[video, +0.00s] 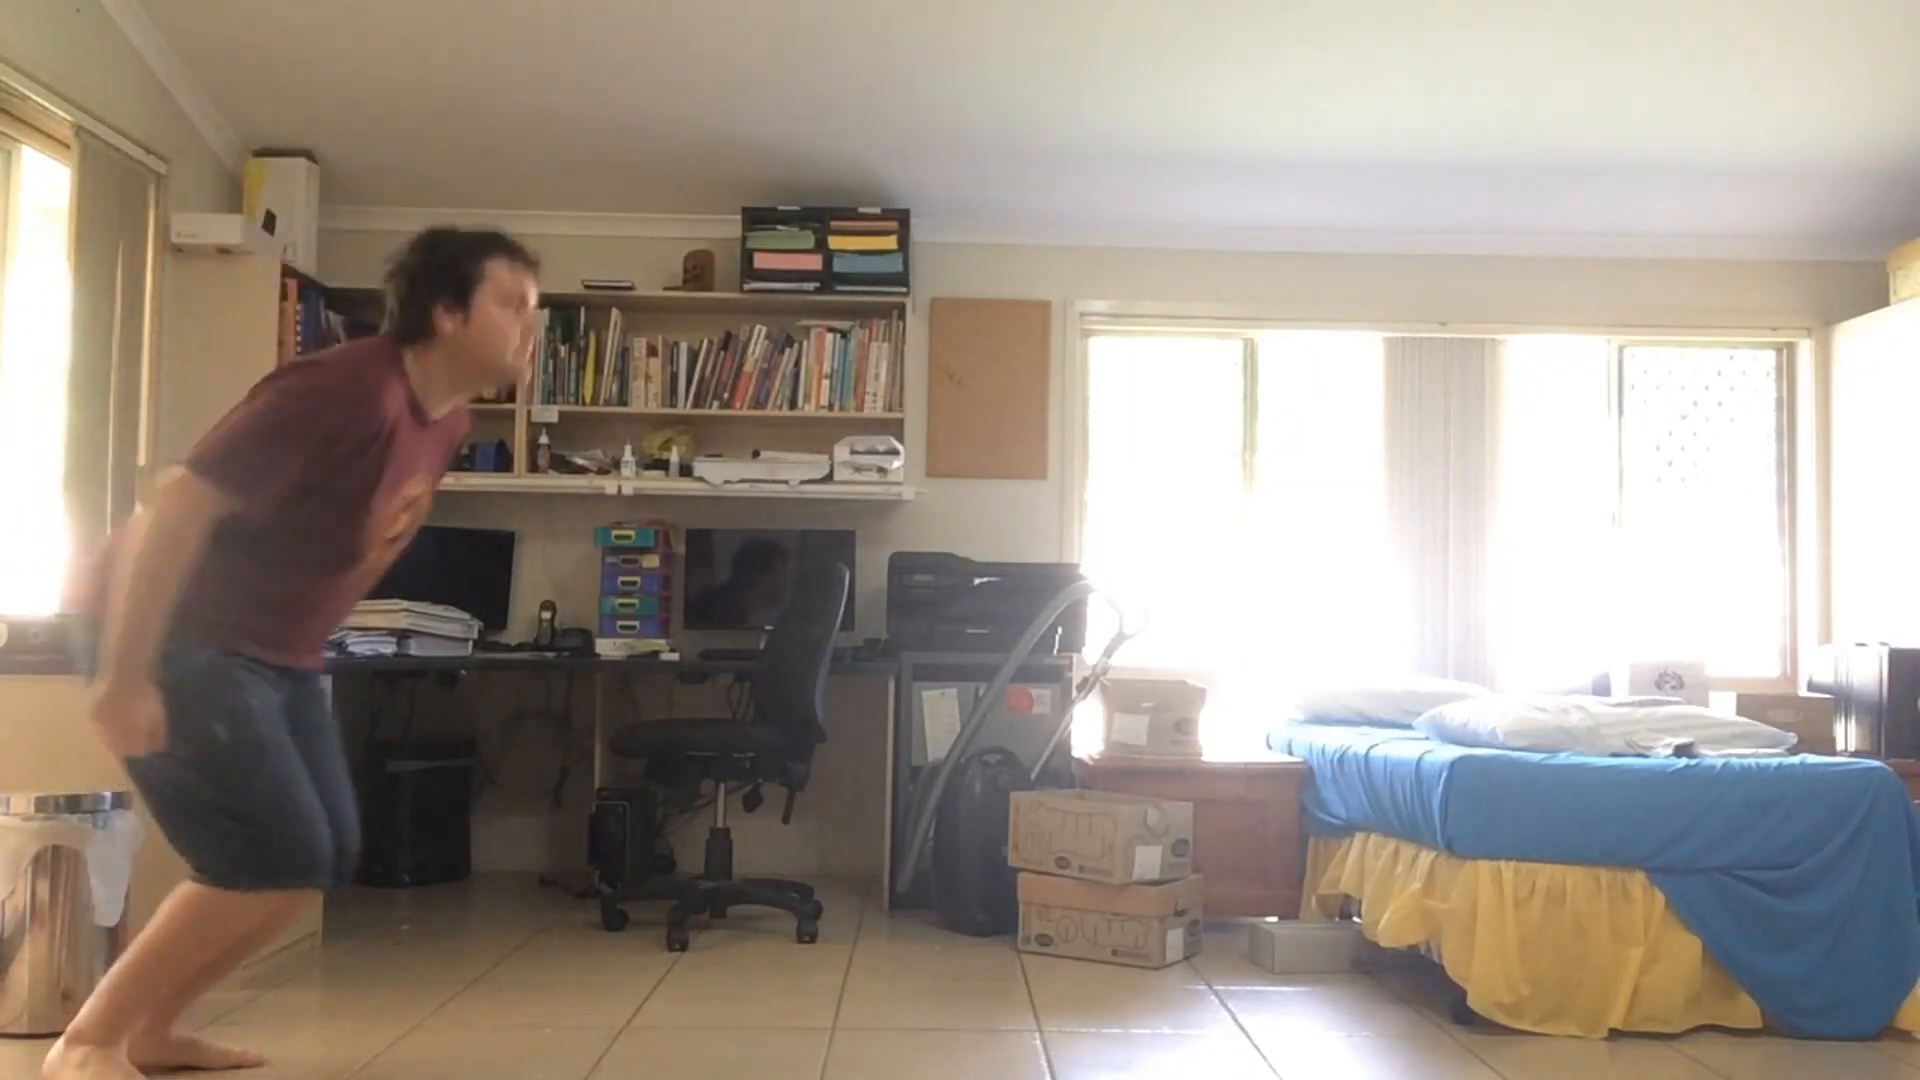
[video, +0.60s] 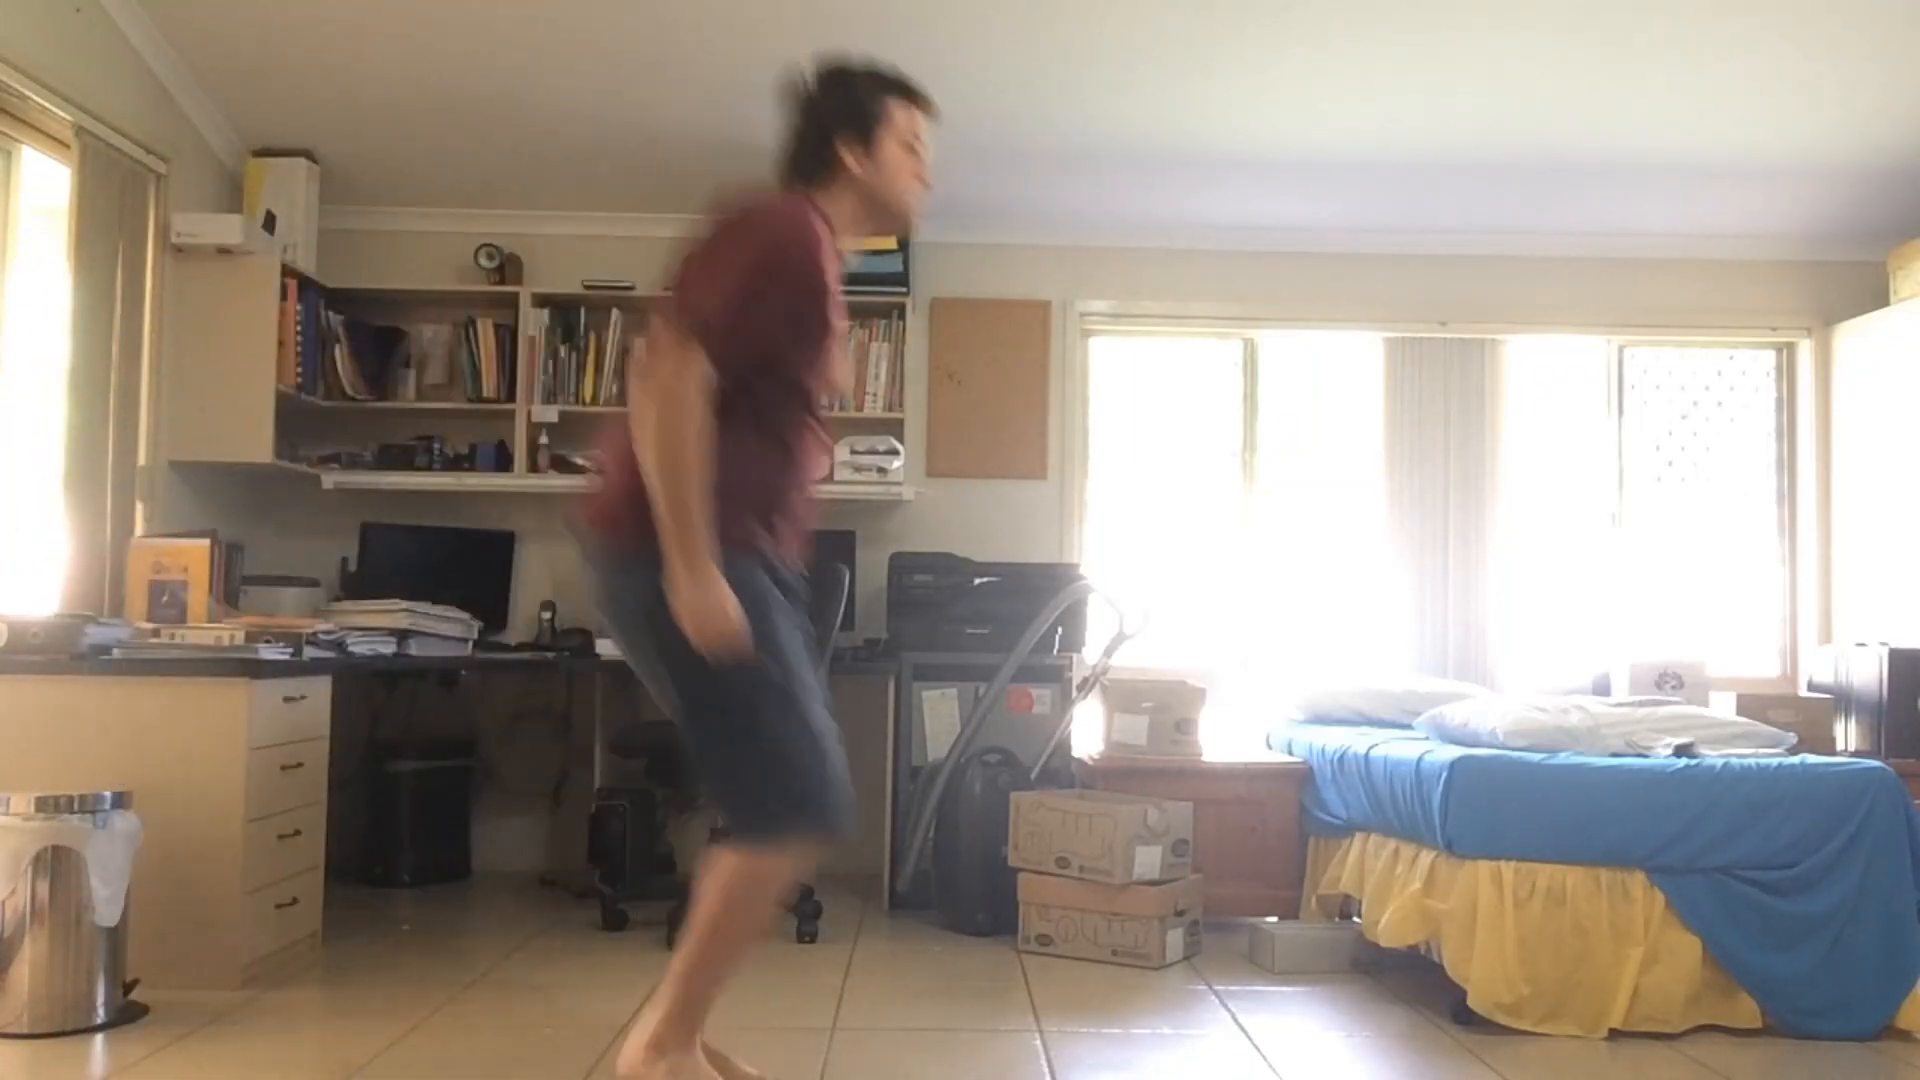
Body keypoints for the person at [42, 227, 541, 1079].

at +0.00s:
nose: (533, 327)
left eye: (534, 309)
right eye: (516, 306)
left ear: (471, 323)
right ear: (448, 316)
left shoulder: (448, 423)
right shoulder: (339, 388)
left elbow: (347, 541)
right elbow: (183, 498)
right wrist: (126, 676)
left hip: (292, 665)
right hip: (199, 651)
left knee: (318, 858)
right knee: (271, 862)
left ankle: (147, 1030)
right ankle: (84, 1049)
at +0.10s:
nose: (538, 229)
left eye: (539, 210)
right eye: (520, 208)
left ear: (500, 223)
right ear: (454, 217)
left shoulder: (486, 342)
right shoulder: (375, 316)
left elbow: (407, 472)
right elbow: (242, 430)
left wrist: (359, 594)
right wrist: (210, 609)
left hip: (351, 633)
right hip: (268, 625)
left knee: (333, 858)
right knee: (283, 856)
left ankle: (156, 1019)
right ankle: (92, 1032)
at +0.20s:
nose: (569, 117)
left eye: (574, 100)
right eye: (553, 94)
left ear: (523, 109)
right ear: (486, 94)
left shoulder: (516, 220)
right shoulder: (406, 181)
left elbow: (501, 354)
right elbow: (301, 305)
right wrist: (326, 476)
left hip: (461, 544)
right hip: (383, 535)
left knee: (332, 786)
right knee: (282, 774)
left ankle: (215, 980)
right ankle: (137, 985)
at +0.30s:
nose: (659, 54)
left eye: (662, 34)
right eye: (646, 29)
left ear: (595, 32)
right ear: (582, 23)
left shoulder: (570, 132)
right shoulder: (490, 103)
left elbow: (507, 272)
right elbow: (405, 242)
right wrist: (444, 422)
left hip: (532, 452)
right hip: (467, 446)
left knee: (470, 694)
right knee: (460, 695)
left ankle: (280, 897)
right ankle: (295, 918)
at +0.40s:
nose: (781, 58)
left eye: (785, 36)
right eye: (767, 31)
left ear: (728, 32)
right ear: (703, 24)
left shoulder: (669, 136)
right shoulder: (607, 90)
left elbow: (596, 281)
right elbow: (511, 235)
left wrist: (600, 426)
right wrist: (535, 420)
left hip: (574, 426)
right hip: (515, 421)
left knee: (558, 664)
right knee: (578, 669)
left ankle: (479, 915)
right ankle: (510, 938)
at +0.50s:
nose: (867, 104)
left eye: (870, 83)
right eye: (855, 77)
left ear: (810, 81)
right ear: (790, 69)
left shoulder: (752, 175)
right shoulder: (710, 137)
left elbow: (653, 293)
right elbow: (588, 274)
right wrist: (611, 461)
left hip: (639, 455)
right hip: (588, 449)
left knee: (659, 710)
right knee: (678, 703)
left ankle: (671, 981)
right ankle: (660, 989)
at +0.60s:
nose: (928, 171)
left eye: (927, 150)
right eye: (913, 146)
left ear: (858, 156)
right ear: (849, 150)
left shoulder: (810, 257)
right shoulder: (778, 232)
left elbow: (731, 403)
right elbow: (670, 367)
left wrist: (770, 560)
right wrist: (693, 568)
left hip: (734, 558)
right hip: (692, 559)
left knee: (770, 806)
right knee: (798, 804)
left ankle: (676, 1038)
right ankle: (657, 1045)